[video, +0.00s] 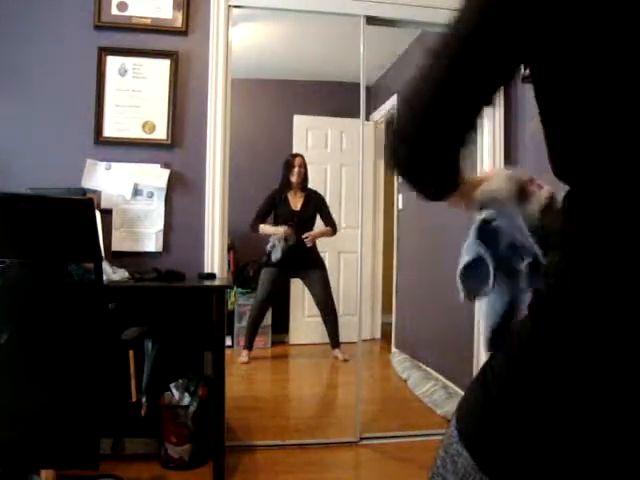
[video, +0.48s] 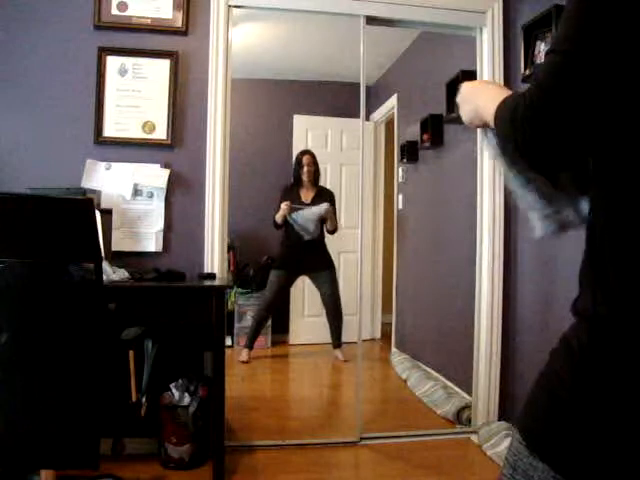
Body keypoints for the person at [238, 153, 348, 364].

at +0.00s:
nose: (298, 170)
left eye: (301, 167)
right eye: (294, 167)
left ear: (306, 170)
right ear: (287, 170)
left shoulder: (315, 198)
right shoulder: (277, 196)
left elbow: (332, 229)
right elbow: (256, 225)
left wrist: (316, 235)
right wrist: (278, 230)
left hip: (307, 255)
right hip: (279, 256)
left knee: (325, 300)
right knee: (262, 299)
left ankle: (336, 347)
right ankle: (247, 348)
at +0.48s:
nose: (307, 169)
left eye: (311, 165)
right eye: (303, 165)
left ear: (316, 168)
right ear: (298, 169)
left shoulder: (326, 195)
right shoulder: (288, 192)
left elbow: (332, 230)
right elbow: (277, 224)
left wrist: (329, 217)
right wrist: (282, 214)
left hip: (317, 255)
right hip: (290, 255)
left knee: (331, 297)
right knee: (269, 298)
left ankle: (337, 347)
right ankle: (247, 347)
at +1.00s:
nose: (296, 168)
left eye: (300, 164)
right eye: (293, 164)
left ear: (305, 168)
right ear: (286, 167)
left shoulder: (314, 193)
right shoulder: (276, 192)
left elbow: (324, 223)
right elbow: (260, 221)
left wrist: (311, 213)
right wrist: (266, 211)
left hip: (305, 254)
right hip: (276, 255)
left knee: (322, 299)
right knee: (261, 299)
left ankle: (336, 347)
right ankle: (245, 348)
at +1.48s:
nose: (295, 165)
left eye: (299, 162)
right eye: (291, 162)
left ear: (303, 167)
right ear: (284, 167)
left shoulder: (312, 193)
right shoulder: (275, 193)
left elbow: (328, 225)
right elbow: (260, 219)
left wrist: (316, 226)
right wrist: (281, 213)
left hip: (305, 256)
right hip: (276, 256)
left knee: (323, 300)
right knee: (260, 300)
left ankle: (336, 347)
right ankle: (245, 349)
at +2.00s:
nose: (308, 169)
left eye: (311, 165)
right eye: (304, 166)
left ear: (316, 171)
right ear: (297, 171)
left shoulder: (323, 199)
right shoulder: (286, 193)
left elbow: (337, 231)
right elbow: (265, 218)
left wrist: (326, 231)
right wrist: (289, 217)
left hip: (317, 259)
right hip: (289, 258)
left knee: (334, 300)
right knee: (267, 299)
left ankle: (337, 347)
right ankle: (244, 347)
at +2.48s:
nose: (292, 171)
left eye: (296, 168)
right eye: (288, 168)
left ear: (300, 173)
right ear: (282, 173)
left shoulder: (309, 200)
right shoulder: (272, 198)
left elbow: (320, 232)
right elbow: (253, 227)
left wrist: (307, 238)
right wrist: (271, 234)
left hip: (297, 260)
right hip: (271, 260)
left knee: (325, 300)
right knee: (250, 300)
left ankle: (335, 347)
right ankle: (240, 349)